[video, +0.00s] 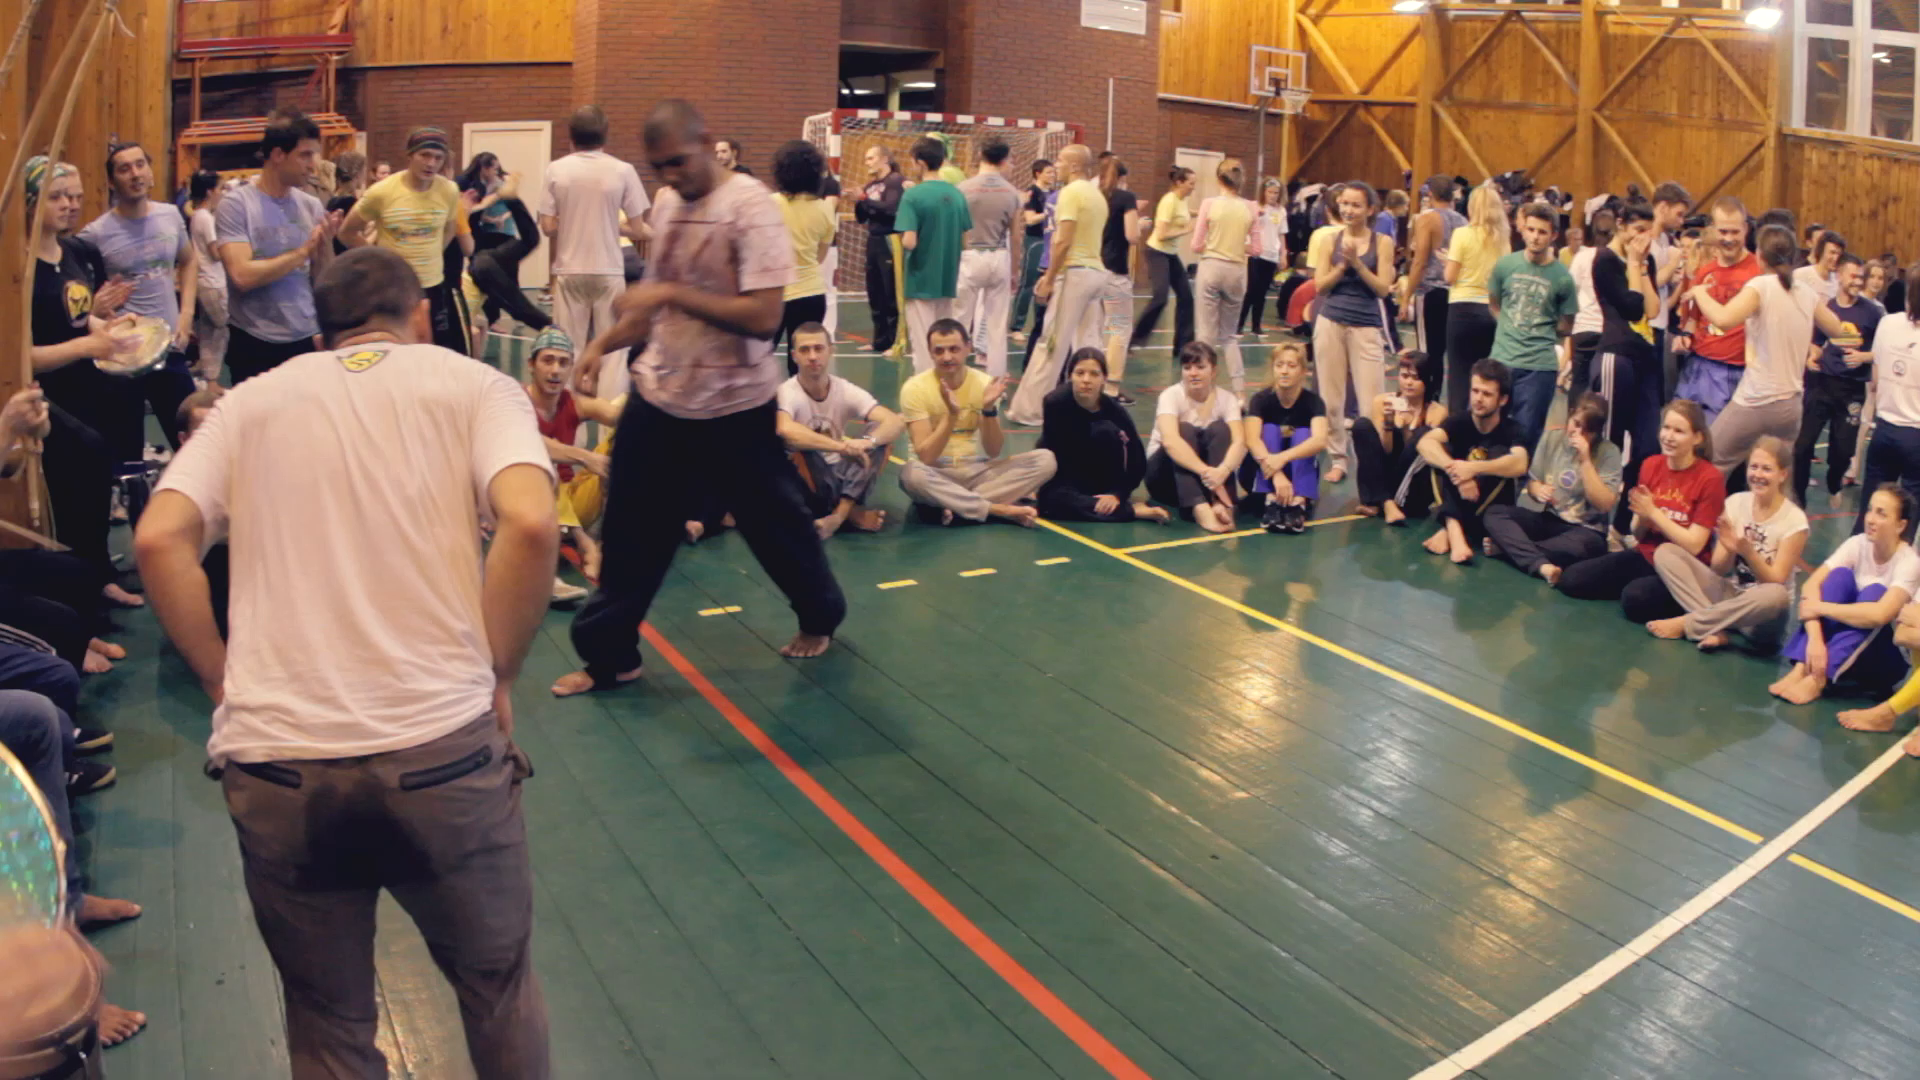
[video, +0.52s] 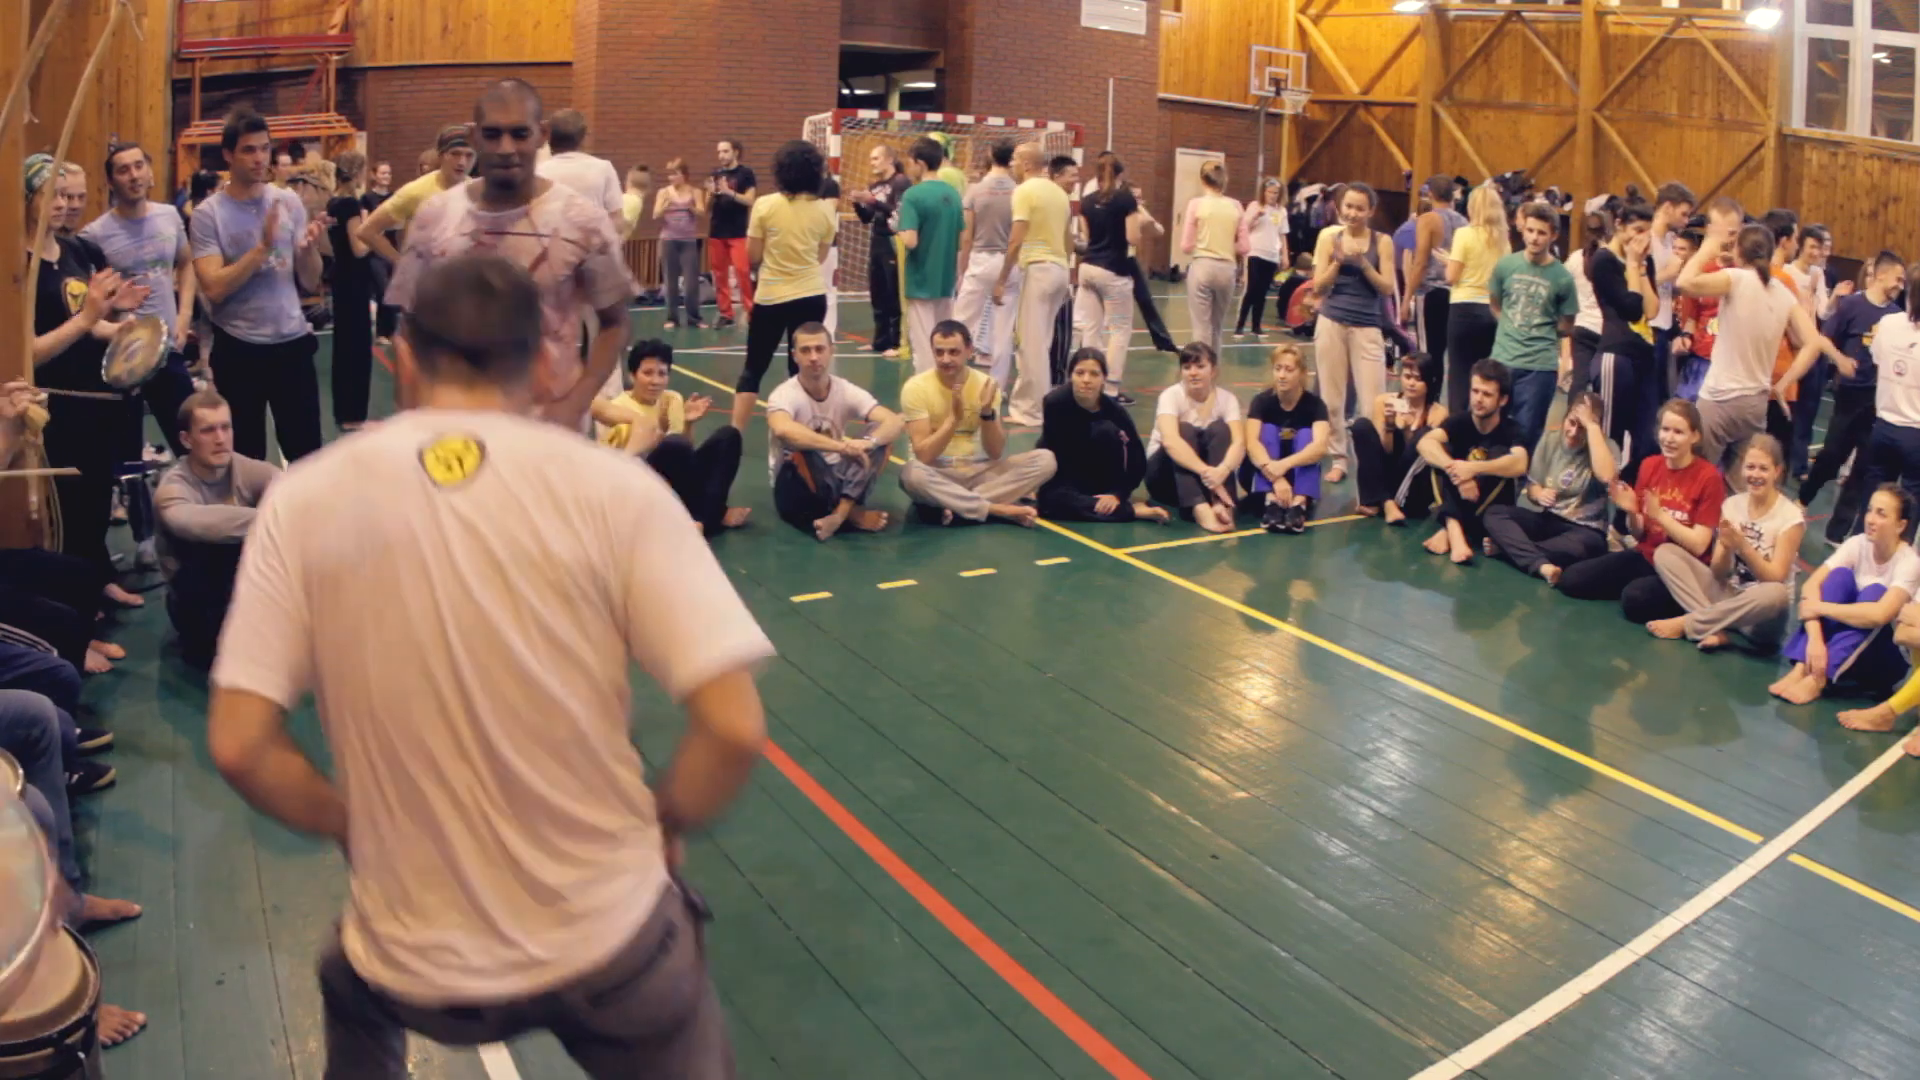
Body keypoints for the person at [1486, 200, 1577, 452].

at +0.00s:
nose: (1535, 237)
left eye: (1542, 232)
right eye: (1531, 230)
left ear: (1553, 236)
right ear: (1522, 231)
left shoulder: (1562, 278)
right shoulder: (1504, 265)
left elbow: (1566, 326)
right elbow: (1494, 307)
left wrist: (1537, 331)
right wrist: (1515, 328)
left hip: (1539, 363)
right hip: (1502, 357)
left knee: (1525, 434)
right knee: (1491, 427)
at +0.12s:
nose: (1535, 238)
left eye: (1542, 233)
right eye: (1530, 231)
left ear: (1553, 237)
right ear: (1523, 231)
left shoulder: (1562, 278)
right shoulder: (1504, 265)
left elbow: (1566, 326)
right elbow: (1494, 307)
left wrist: (1537, 331)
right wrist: (1516, 328)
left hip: (1539, 363)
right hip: (1502, 357)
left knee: (1526, 434)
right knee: (1491, 427)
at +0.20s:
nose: (1535, 239)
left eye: (1542, 234)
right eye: (1530, 231)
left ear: (1553, 237)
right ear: (1523, 232)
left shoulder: (1562, 278)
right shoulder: (1505, 265)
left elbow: (1566, 325)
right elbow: (1494, 307)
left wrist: (1538, 331)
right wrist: (1516, 328)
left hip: (1539, 363)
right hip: (1502, 357)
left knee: (1525, 434)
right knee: (1491, 428)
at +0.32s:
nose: (1535, 239)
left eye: (1542, 233)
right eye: (1530, 231)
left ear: (1553, 237)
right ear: (1523, 232)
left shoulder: (1563, 278)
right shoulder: (1504, 265)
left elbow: (1566, 326)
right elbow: (1494, 308)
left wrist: (1537, 331)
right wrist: (1516, 329)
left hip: (1540, 363)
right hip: (1502, 357)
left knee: (1525, 433)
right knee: (1491, 427)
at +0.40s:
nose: (1535, 238)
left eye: (1542, 233)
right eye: (1530, 231)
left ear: (1553, 237)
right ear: (1523, 231)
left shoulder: (1562, 277)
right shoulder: (1504, 266)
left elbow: (1566, 326)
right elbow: (1495, 306)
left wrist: (1538, 332)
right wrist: (1515, 328)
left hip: (1540, 362)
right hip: (1503, 356)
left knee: (1526, 433)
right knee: (1492, 427)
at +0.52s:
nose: (1534, 238)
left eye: (1542, 233)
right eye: (1530, 231)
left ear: (1553, 237)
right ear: (1523, 231)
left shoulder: (1563, 278)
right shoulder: (1504, 265)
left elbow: (1566, 325)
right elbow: (1495, 307)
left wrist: (1538, 331)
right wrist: (1516, 328)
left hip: (1540, 362)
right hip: (1503, 356)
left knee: (1525, 433)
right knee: (1491, 427)